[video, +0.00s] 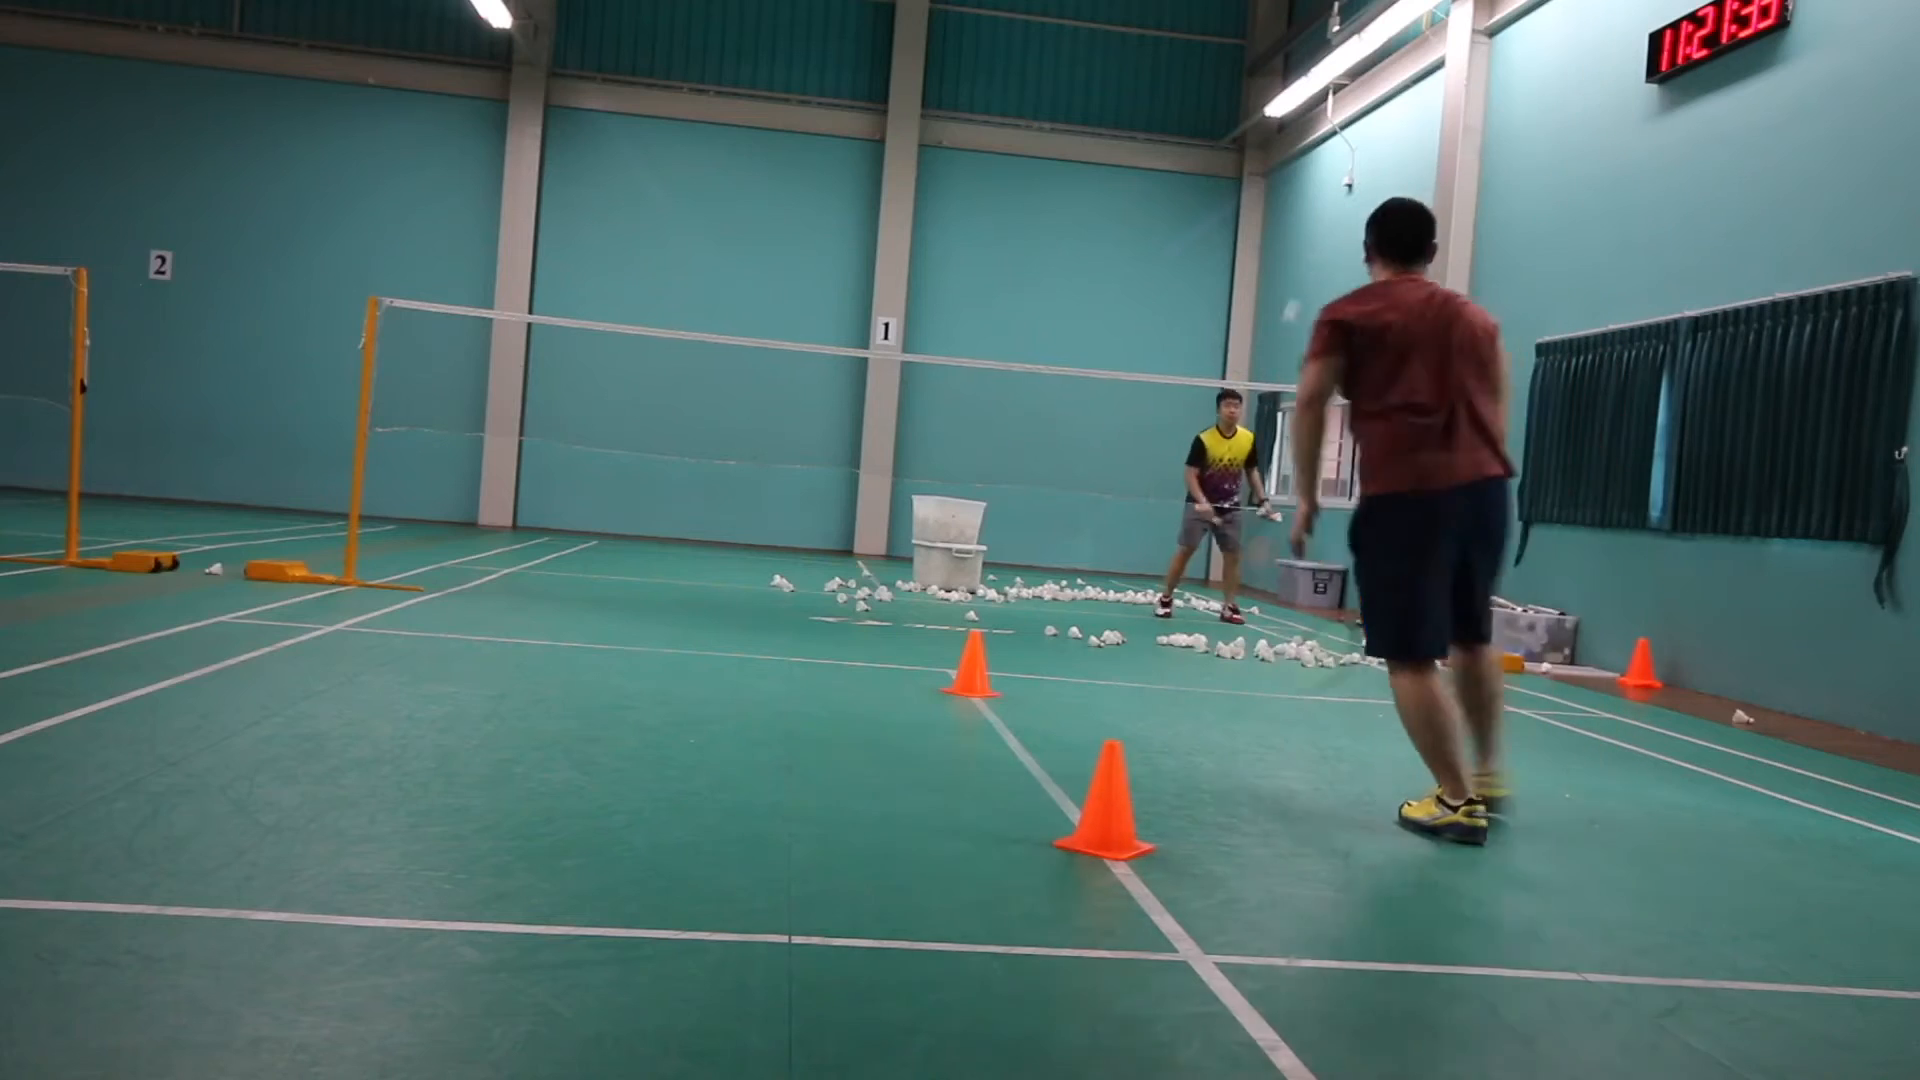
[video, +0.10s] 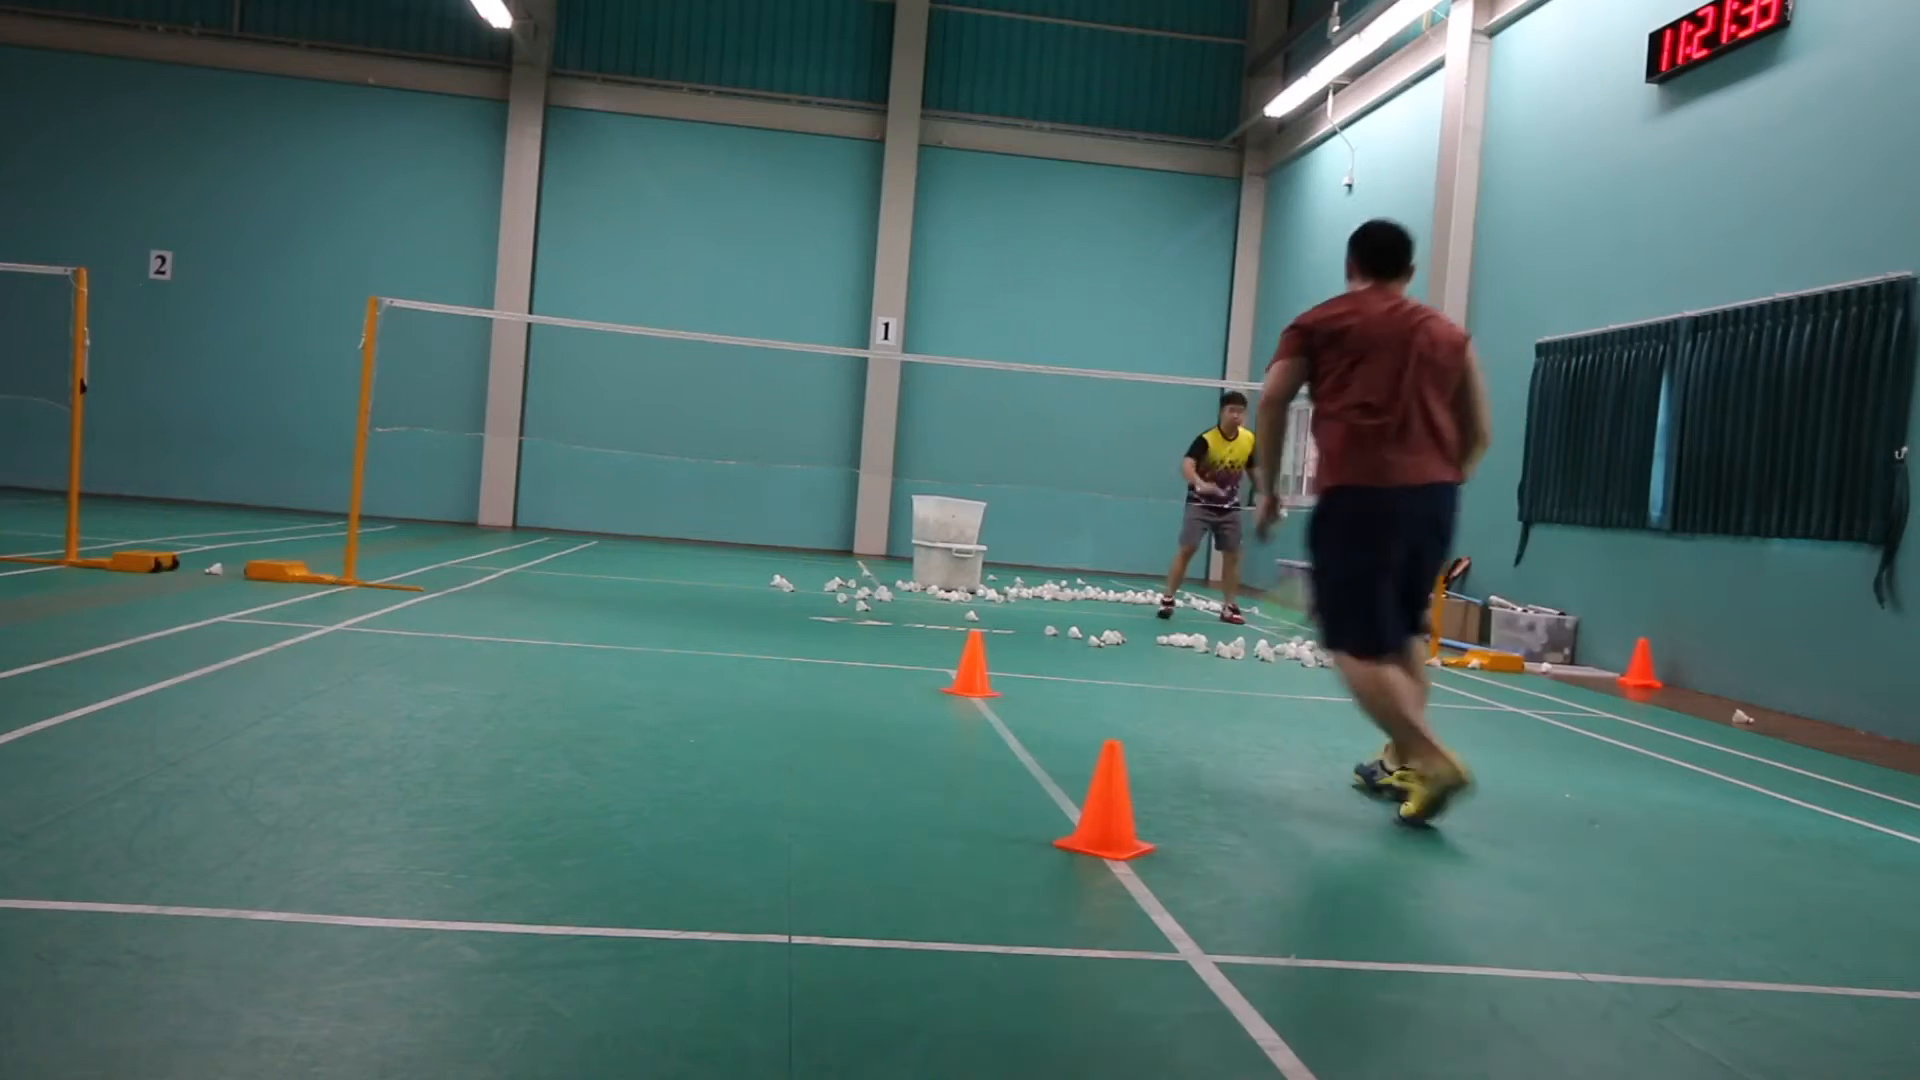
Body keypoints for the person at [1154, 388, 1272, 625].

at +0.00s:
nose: (1232, 411)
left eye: (1236, 406)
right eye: (1228, 406)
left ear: (1241, 410)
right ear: (1218, 409)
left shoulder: (1248, 439)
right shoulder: (1203, 440)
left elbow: (1252, 470)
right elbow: (1190, 474)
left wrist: (1262, 498)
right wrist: (1202, 502)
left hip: (1230, 506)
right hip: (1201, 503)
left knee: (1232, 554)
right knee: (1186, 550)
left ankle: (1229, 605)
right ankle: (1167, 597)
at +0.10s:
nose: (1236, 417)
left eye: (1240, 412)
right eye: (1232, 411)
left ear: (1245, 415)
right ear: (1222, 413)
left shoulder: (1249, 440)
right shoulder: (1206, 439)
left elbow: (1252, 468)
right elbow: (1188, 464)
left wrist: (1261, 490)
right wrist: (1200, 484)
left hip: (1229, 506)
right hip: (1200, 504)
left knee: (1232, 555)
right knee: (1187, 549)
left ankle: (1229, 605)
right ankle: (1169, 597)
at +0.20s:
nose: (1232, 418)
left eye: (1237, 414)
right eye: (1228, 412)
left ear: (1243, 416)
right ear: (1220, 414)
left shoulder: (1242, 441)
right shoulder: (1205, 438)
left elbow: (1246, 467)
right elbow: (1188, 451)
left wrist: (1258, 486)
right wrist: (1180, 456)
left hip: (1223, 504)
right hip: (1195, 503)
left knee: (1223, 557)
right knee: (1186, 552)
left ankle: (1220, 609)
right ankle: (1171, 601)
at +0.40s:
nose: (1220, 415)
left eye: (1224, 409)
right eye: (1217, 408)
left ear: (1227, 411)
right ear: (1209, 410)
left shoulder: (1230, 437)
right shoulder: (1197, 435)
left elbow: (1234, 467)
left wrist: (1244, 495)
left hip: (1222, 503)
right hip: (1198, 501)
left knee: (1222, 556)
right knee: (1195, 557)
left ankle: (1226, 602)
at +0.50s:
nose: (1212, 412)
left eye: (1217, 408)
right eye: (1208, 407)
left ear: (1224, 411)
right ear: (1201, 410)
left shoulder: (1234, 438)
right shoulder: (1186, 441)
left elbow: (1238, 467)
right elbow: (1171, 473)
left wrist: (1250, 495)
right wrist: (1179, 496)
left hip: (1221, 507)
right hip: (1190, 505)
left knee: (1226, 554)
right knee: (1182, 552)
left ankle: (1226, 605)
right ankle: (1171, 601)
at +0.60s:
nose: (1215, 410)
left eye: (1220, 406)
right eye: (1211, 405)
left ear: (1227, 411)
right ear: (1204, 409)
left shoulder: (1240, 438)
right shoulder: (1191, 441)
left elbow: (1248, 466)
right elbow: (1178, 475)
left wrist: (1259, 492)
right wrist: (1175, 507)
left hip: (1228, 509)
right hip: (1197, 507)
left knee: (1231, 556)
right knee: (1186, 553)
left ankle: (1226, 605)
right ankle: (1172, 601)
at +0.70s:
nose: (1221, 410)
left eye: (1226, 406)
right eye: (1217, 405)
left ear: (1234, 410)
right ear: (1210, 409)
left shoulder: (1246, 438)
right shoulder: (1197, 441)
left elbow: (1254, 466)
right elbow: (1184, 475)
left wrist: (1264, 492)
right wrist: (1175, 508)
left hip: (1235, 510)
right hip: (1203, 508)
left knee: (1234, 558)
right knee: (1192, 554)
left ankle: (1227, 606)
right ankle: (1172, 601)